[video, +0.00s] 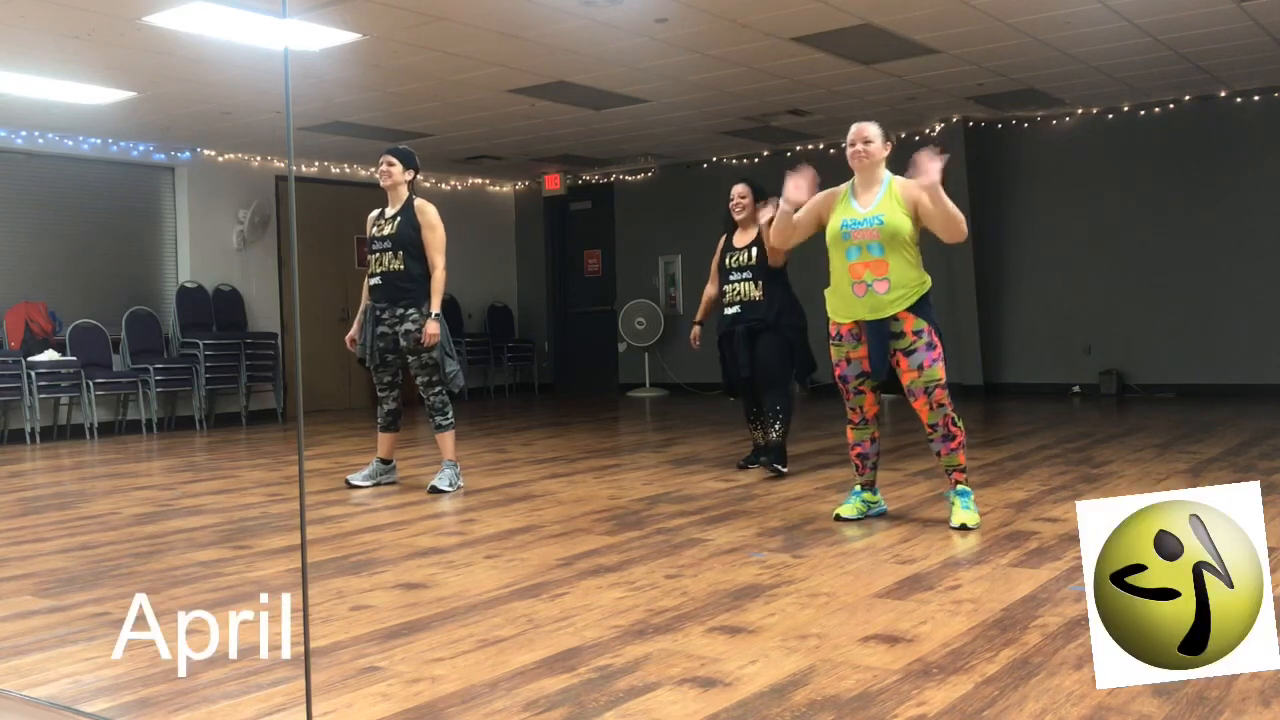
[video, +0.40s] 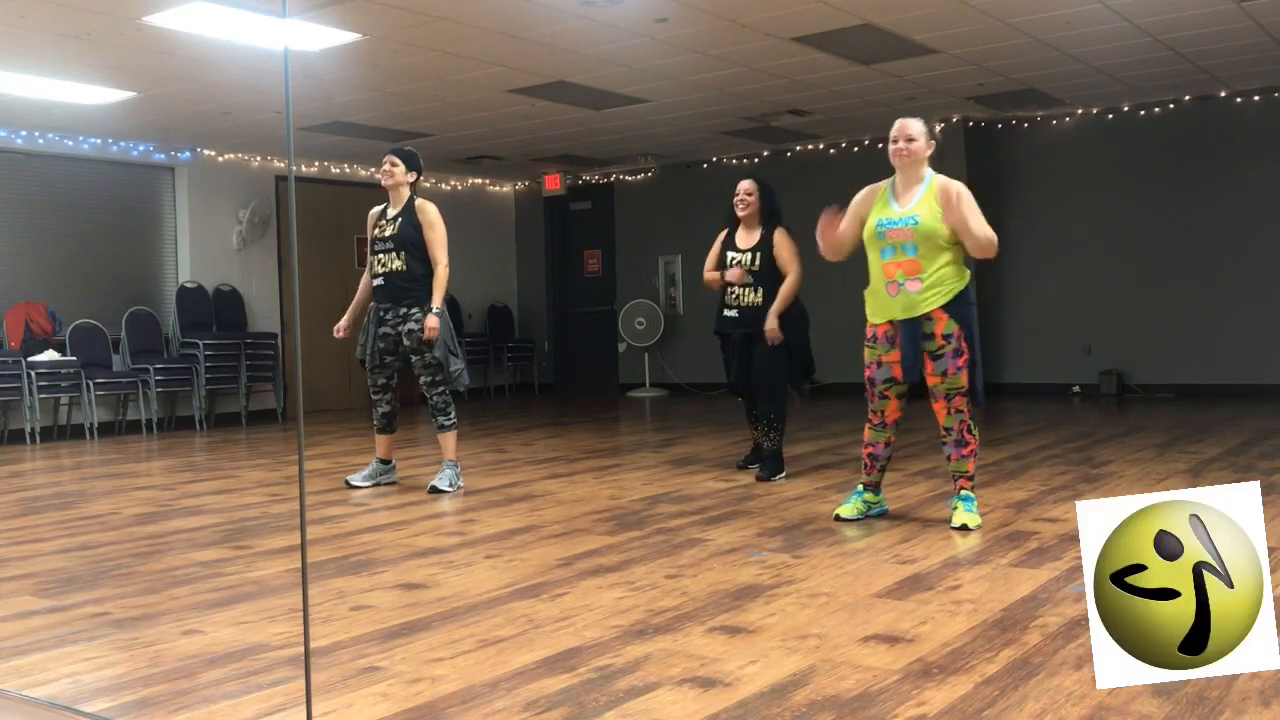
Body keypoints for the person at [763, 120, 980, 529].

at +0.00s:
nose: (858, 148)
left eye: (867, 141)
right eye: (852, 143)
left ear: (886, 149)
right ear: (845, 154)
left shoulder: (908, 189)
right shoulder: (829, 199)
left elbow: (956, 234)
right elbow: (779, 242)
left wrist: (933, 188)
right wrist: (786, 206)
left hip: (906, 314)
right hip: (848, 321)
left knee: (933, 401)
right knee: (859, 410)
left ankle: (960, 492)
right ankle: (866, 492)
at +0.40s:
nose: (900, 146)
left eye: (909, 139)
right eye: (894, 140)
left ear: (929, 146)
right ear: (887, 149)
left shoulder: (950, 191)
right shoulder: (869, 197)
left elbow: (987, 249)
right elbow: (837, 251)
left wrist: (961, 220)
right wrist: (828, 240)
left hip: (941, 313)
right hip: (884, 317)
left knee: (952, 404)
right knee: (880, 407)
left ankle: (964, 496)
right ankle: (869, 492)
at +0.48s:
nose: (908, 145)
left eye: (918, 138)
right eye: (903, 139)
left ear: (940, 145)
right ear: (896, 148)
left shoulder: (960, 192)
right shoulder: (879, 198)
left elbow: (992, 245)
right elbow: (862, 256)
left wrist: (970, 272)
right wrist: (844, 280)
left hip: (948, 314)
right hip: (893, 319)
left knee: (957, 405)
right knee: (886, 407)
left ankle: (965, 496)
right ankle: (872, 492)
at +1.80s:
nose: (849, 147)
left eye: (856, 140)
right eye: (841, 144)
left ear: (875, 148)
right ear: (834, 156)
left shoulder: (905, 189)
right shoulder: (822, 203)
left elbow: (938, 249)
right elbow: (816, 266)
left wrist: (954, 304)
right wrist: (806, 309)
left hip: (906, 311)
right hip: (848, 319)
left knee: (928, 401)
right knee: (861, 408)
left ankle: (955, 493)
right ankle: (869, 492)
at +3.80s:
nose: (881, 134)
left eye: (891, 127)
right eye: (876, 130)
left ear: (912, 139)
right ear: (869, 144)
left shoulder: (932, 185)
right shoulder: (856, 186)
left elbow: (944, 247)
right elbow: (845, 246)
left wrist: (939, 302)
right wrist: (837, 296)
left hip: (924, 311)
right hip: (870, 314)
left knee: (938, 401)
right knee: (842, 382)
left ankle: (952, 492)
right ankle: (864, 476)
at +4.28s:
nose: (868, 138)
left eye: (876, 131)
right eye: (860, 134)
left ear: (893, 140)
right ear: (851, 147)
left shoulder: (921, 182)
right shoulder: (838, 197)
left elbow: (956, 242)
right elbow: (821, 257)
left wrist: (978, 298)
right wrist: (783, 289)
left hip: (915, 309)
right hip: (857, 314)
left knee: (934, 399)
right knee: (857, 402)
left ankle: (948, 492)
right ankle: (863, 491)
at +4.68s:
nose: (876, 145)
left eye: (885, 137)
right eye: (870, 140)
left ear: (907, 141)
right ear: (865, 148)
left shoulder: (929, 191)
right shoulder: (852, 185)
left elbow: (950, 251)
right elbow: (831, 242)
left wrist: (934, 271)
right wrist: (812, 293)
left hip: (918, 312)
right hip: (864, 315)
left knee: (928, 406)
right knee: (866, 405)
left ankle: (942, 496)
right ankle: (866, 493)